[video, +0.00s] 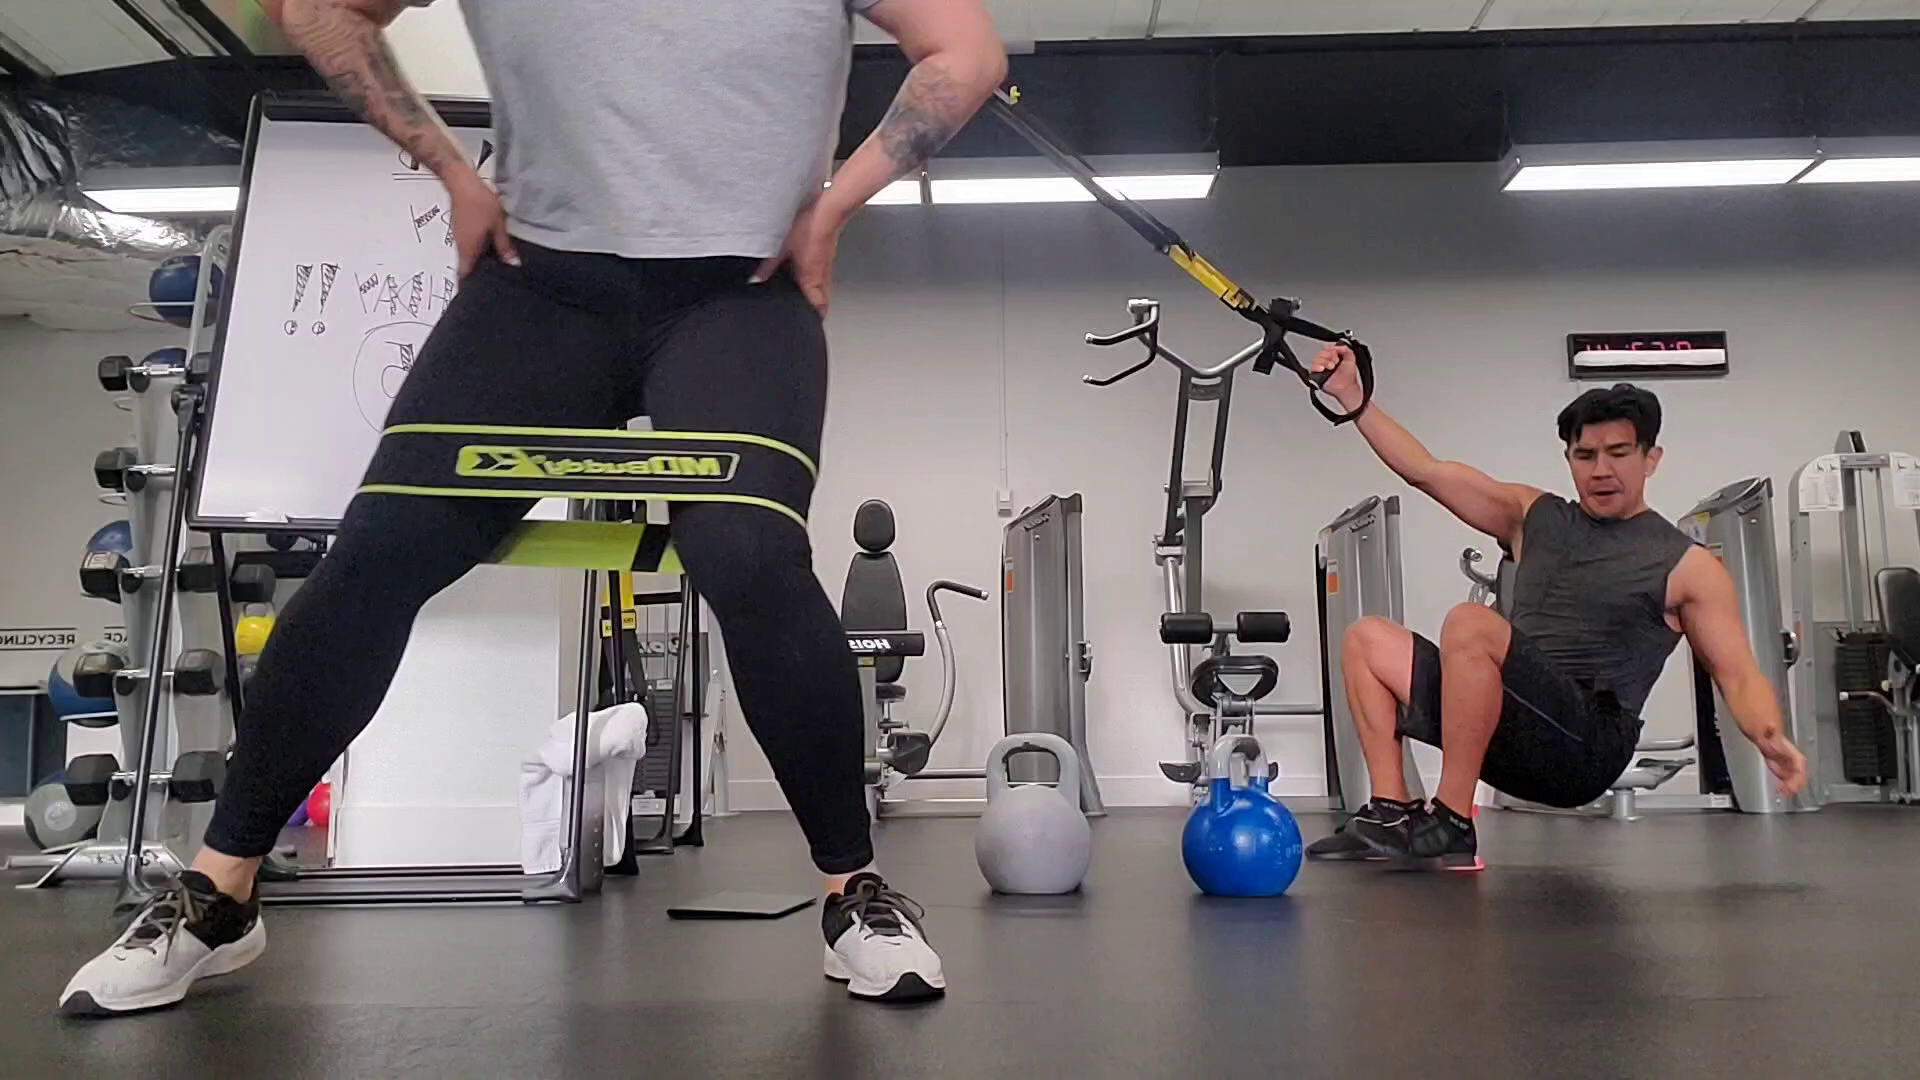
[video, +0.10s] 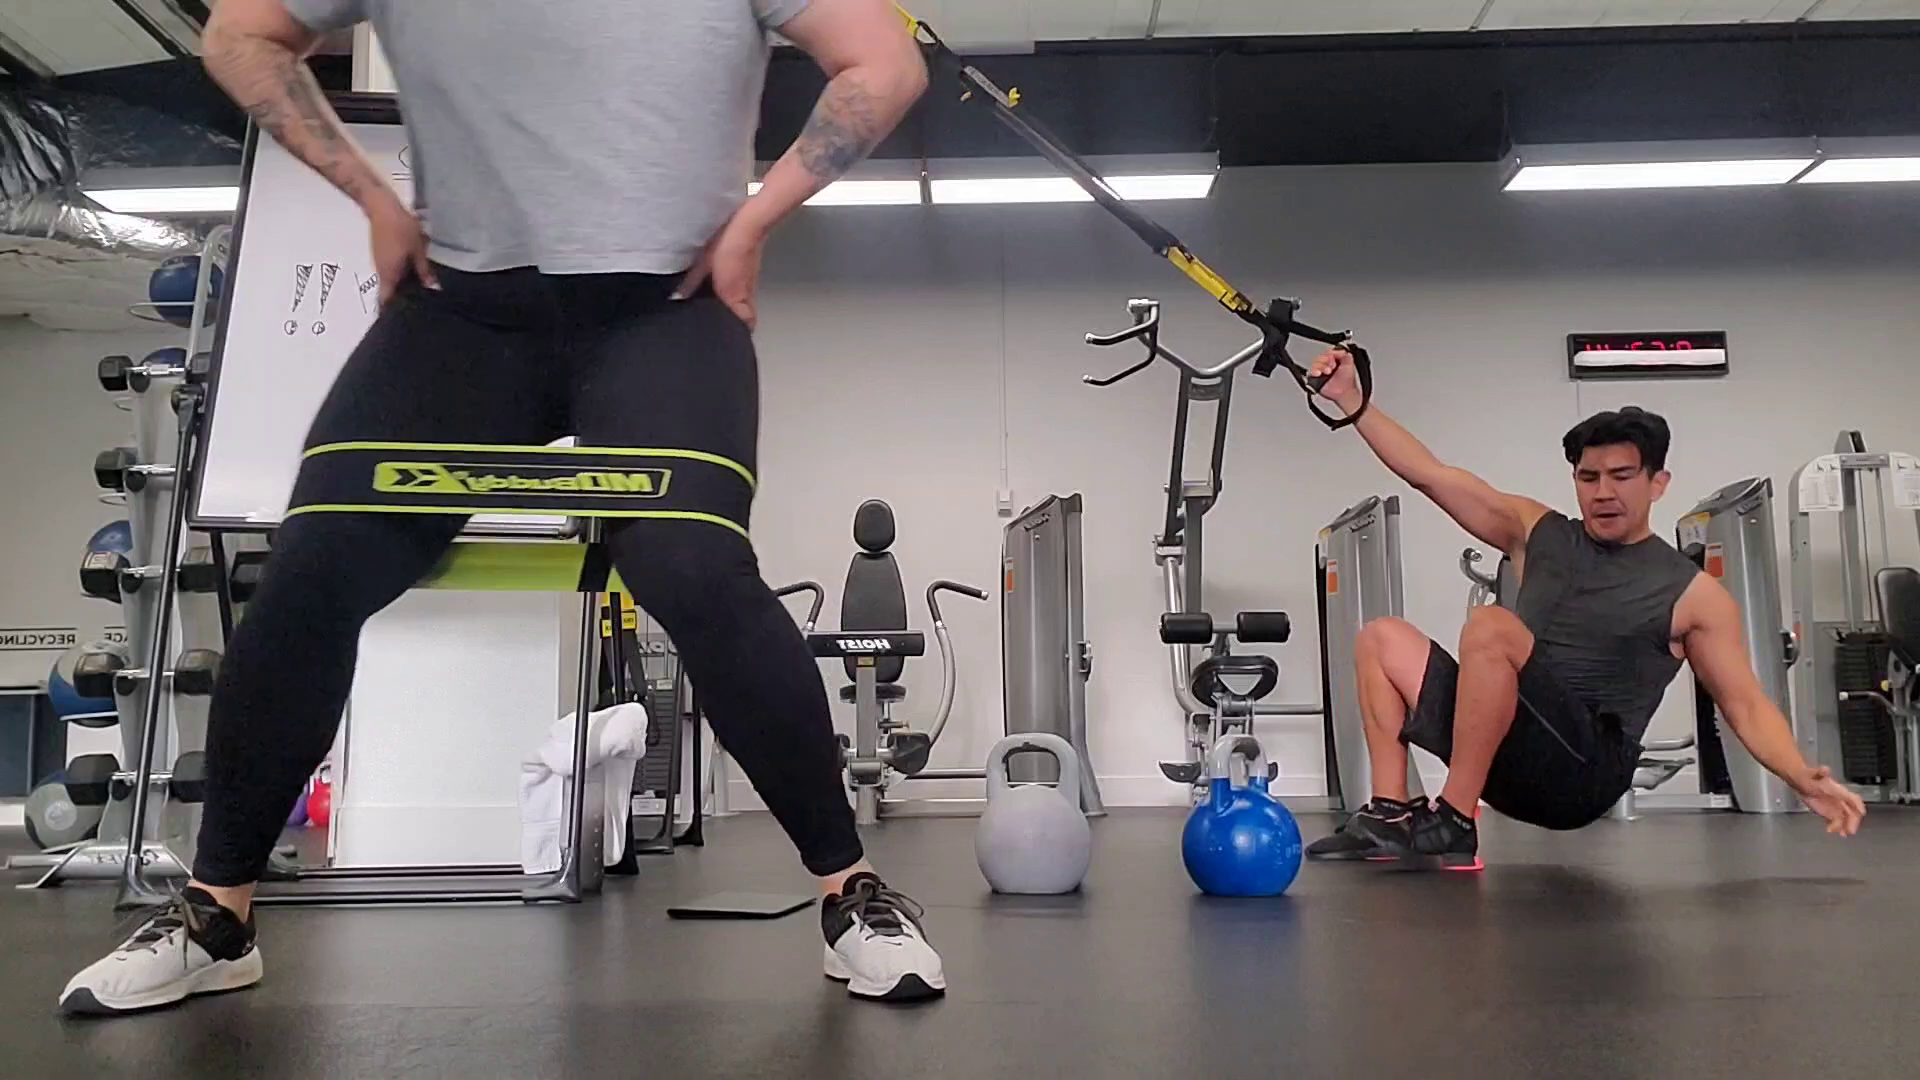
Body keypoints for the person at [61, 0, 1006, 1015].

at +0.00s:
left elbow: (972, 57)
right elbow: (316, 15)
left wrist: (838, 200)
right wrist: (448, 165)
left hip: (739, 288)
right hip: (538, 278)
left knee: (749, 553)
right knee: (376, 548)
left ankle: (855, 895)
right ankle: (217, 893)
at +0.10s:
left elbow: (888, 66)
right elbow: (238, 40)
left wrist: (760, 209)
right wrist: (370, 191)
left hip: (667, 311)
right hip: (460, 306)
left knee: (693, 569)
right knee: (309, 577)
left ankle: (850, 895)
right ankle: (216, 917)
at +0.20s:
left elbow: (795, 52)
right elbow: (145, 35)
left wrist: (672, 197)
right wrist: (275, 182)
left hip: (588, 292)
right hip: (379, 292)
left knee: (644, 563)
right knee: (243, 560)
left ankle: (839, 882)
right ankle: (213, 911)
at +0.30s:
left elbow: (725, 27)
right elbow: (78, 18)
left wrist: (607, 173)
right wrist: (219, 165)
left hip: (528, 247)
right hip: (312, 255)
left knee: (585, 528)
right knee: (215, 553)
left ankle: (732, 859)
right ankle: (211, 910)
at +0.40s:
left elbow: (684, 9)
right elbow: (31, 11)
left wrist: (561, 158)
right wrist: (174, 146)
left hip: (482, 229)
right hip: (269, 237)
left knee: (492, 505)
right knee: (196, 541)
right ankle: (211, 906)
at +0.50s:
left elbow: (650, 12)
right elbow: (16, 18)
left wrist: (529, 165)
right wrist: (140, 139)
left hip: (444, 244)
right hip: (236, 244)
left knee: (404, 509)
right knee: (164, 541)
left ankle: (422, 857)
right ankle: (205, 903)